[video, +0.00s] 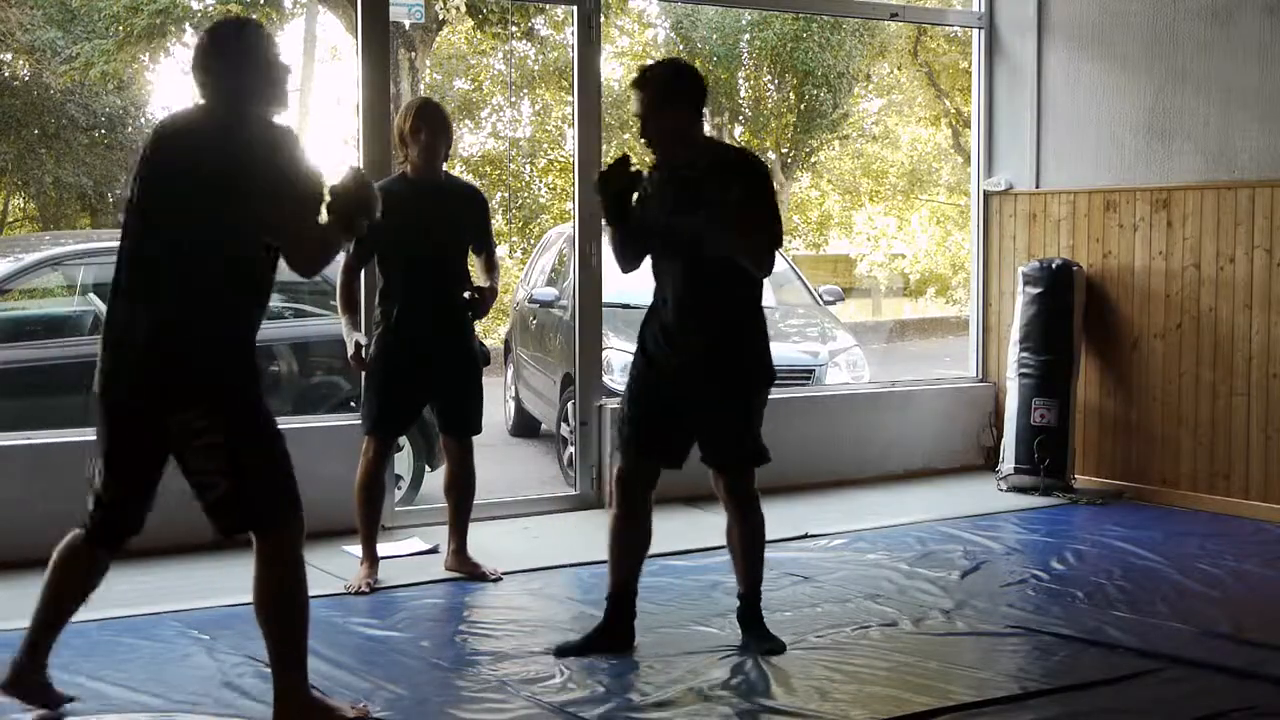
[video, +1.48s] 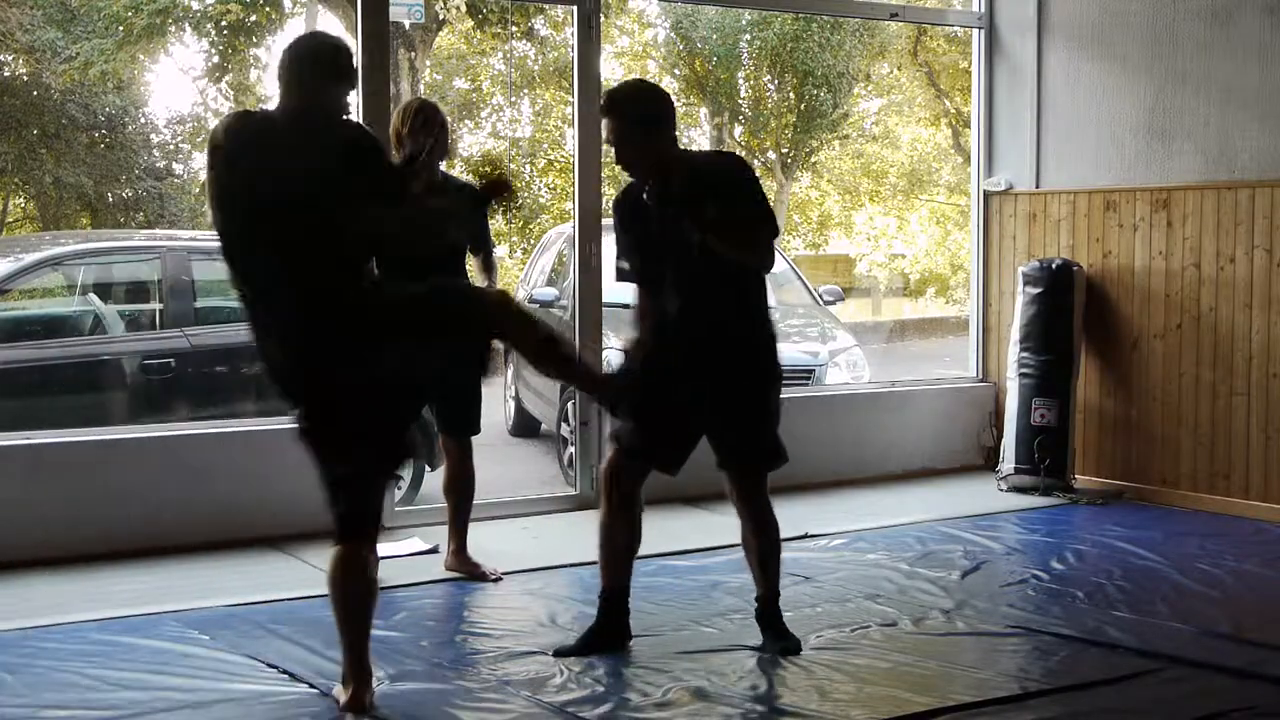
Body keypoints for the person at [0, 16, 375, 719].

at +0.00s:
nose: (287, 72)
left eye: (281, 60)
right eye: (276, 62)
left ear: (209, 72)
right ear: (250, 72)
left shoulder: (168, 136)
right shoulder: (268, 146)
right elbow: (308, 258)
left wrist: (323, 212)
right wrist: (348, 210)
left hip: (131, 366)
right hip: (211, 371)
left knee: (108, 523)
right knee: (279, 526)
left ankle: (28, 664)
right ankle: (293, 696)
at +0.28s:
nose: (258, 70)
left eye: (253, 56)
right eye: (248, 58)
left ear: (180, 69)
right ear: (221, 68)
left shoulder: (141, 132)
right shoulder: (230, 132)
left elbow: (140, 241)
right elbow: (243, 240)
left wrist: (267, 202)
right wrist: (308, 217)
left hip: (118, 370)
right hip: (198, 372)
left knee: (83, 537)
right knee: (270, 527)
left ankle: (24, 696)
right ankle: (292, 695)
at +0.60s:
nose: (238, 75)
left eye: (234, 62)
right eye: (230, 62)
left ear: (157, 67)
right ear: (211, 65)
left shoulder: (115, 128)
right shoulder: (210, 126)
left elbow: (115, 241)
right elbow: (242, 242)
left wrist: (255, 207)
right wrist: (291, 208)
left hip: (101, 369)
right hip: (182, 371)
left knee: (64, 539)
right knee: (251, 532)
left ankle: (20, 696)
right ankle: (291, 696)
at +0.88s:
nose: (249, 83)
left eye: (245, 69)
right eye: (242, 69)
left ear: (170, 73)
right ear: (218, 74)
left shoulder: (129, 130)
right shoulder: (212, 137)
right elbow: (233, 247)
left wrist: (234, 145)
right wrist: (294, 224)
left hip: (104, 372)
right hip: (183, 372)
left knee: (68, 543)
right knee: (285, 510)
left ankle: (19, 696)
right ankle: (295, 683)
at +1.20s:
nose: (310, 80)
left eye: (308, 67)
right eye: (304, 67)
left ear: (239, 72)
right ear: (285, 71)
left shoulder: (204, 134)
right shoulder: (309, 133)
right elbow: (386, 142)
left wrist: (307, 84)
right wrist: (380, 62)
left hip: (222, 355)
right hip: (297, 353)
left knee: (232, 511)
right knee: (353, 505)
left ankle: (212, 549)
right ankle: (326, 680)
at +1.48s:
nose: (350, 100)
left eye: (349, 89)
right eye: (347, 86)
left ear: (280, 78)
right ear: (334, 84)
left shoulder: (231, 138)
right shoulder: (353, 147)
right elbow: (405, 230)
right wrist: (481, 199)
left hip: (299, 352)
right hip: (372, 330)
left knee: (356, 530)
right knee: (500, 311)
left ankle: (356, 680)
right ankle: (610, 390)